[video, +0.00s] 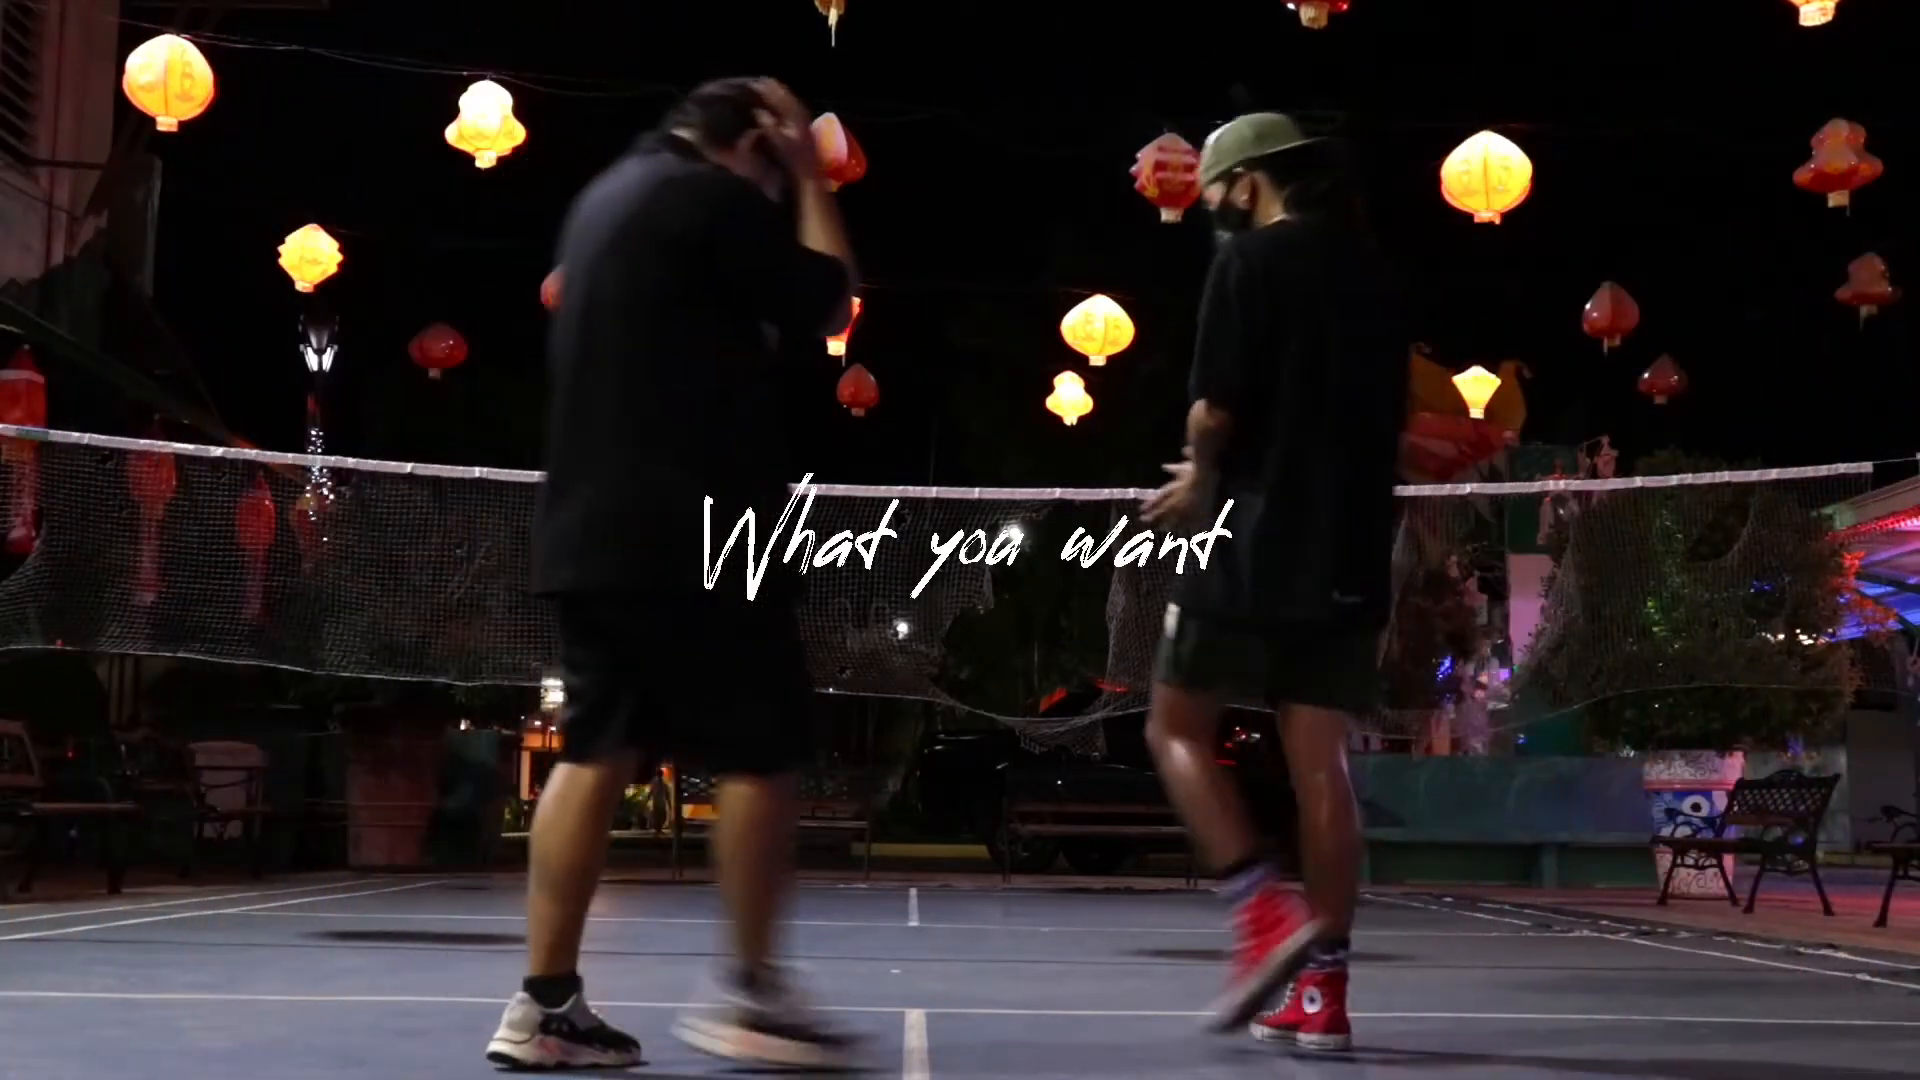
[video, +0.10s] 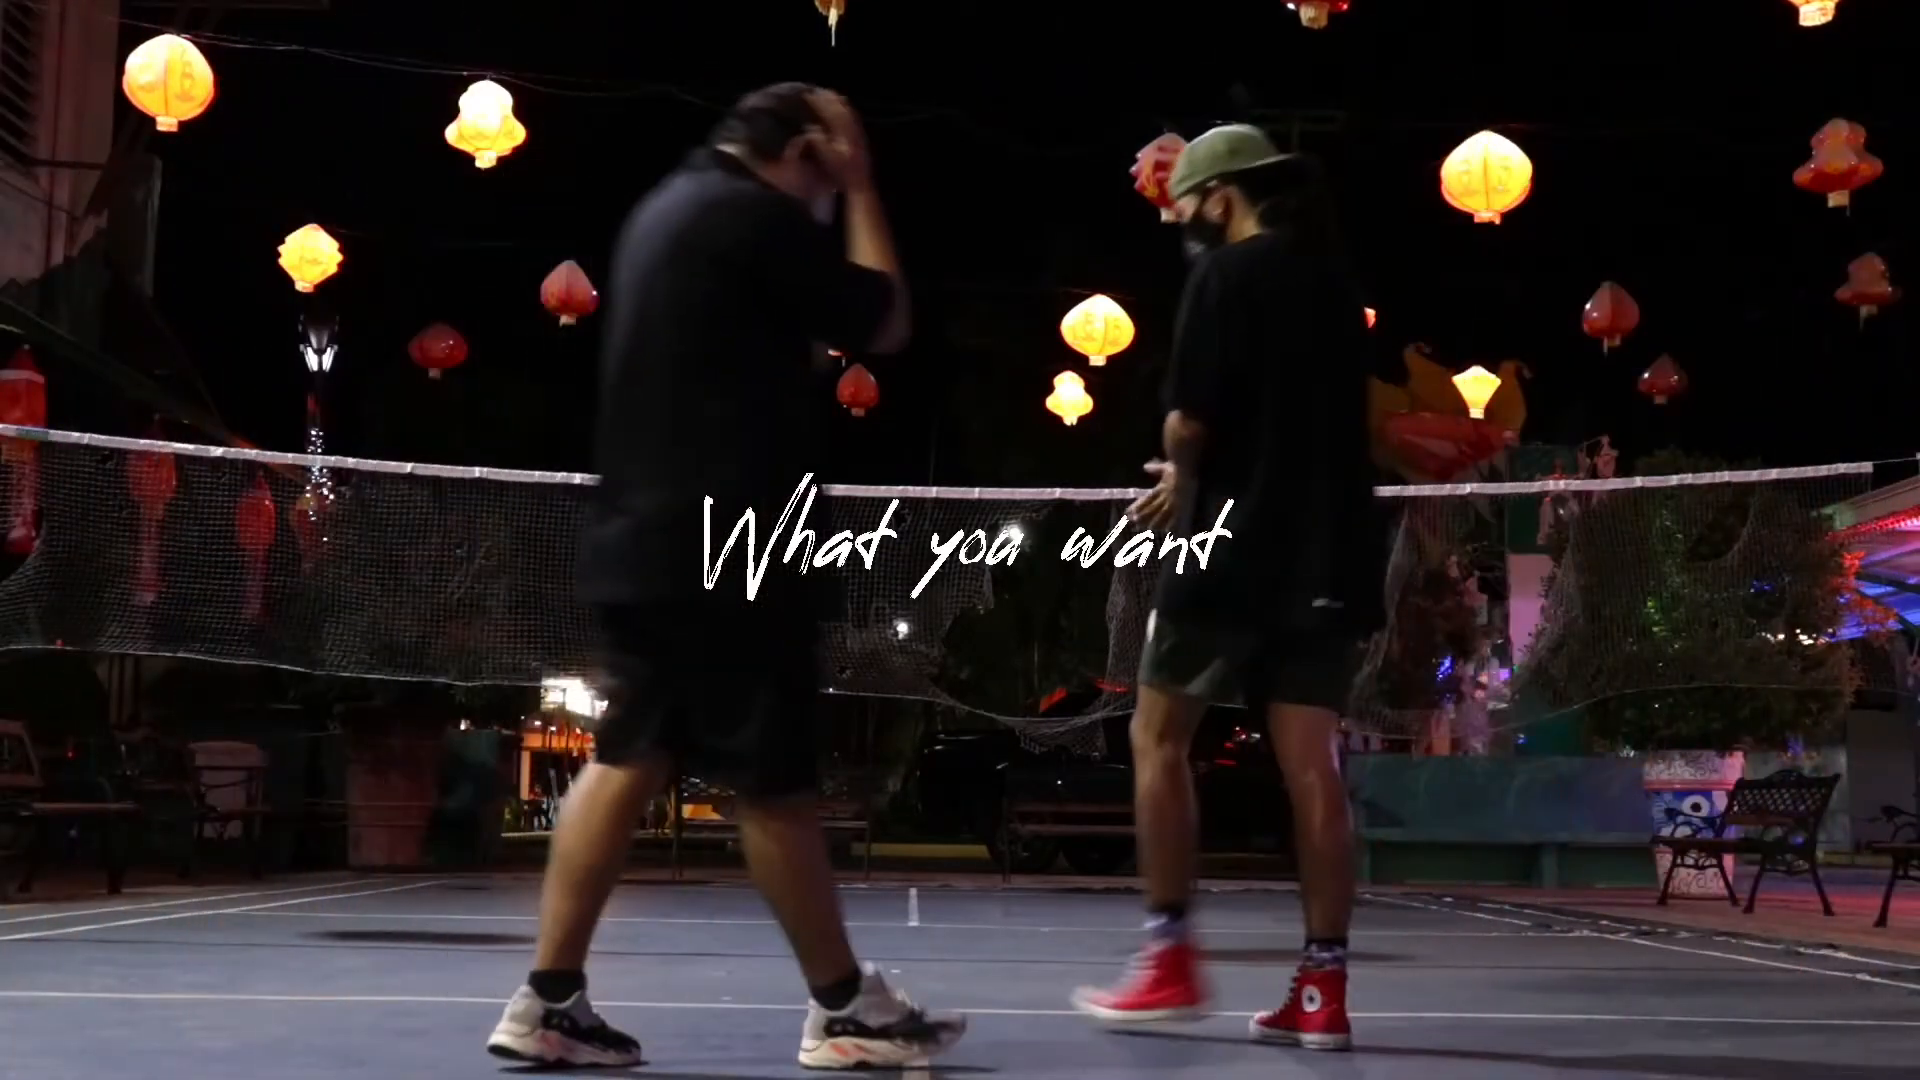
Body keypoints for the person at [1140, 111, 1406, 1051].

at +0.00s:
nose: (1221, 212)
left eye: (1222, 196)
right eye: (1219, 197)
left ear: (1253, 185)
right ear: (1308, 181)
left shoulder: (1247, 259)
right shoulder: (1370, 268)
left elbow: (1215, 410)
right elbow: (1367, 424)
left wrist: (1200, 475)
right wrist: (1206, 481)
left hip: (1254, 544)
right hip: (1348, 553)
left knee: (1177, 730)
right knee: (1322, 760)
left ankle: (1260, 902)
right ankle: (1321, 987)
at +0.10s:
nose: (1192, 225)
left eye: (1194, 209)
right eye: (1189, 211)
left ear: (1227, 197)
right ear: (1272, 195)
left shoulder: (1223, 275)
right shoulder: (1332, 281)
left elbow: (1187, 422)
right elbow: (1327, 423)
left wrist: (1177, 486)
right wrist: (1187, 475)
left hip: (1230, 551)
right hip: (1331, 551)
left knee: (1158, 735)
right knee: (1311, 758)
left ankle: (1168, 961)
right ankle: (1325, 987)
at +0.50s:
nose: (1062, 254)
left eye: (1068, 240)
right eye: (1063, 240)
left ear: (1101, 239)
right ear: (1144, 238)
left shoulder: (1098, 325)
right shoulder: (1207, 323)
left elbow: (1057, 449)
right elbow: (1227, 448)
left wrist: (1073, 512)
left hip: (1105, 570)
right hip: (1200, 566)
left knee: (1089, 766)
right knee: (1195, 762)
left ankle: (1095, 972)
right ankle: (1278, 907)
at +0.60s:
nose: (1048, 258)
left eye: (1053, 243)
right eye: (1050, 244)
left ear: (1080, 243)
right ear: (1133, 241)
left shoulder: (1077, 324)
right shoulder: (1186, 324)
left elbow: (1048, 452)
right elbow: (1203, 449)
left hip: (1077, 571)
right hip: (1166, 566)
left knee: (1079, 766)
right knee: (1160, 760)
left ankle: (1095, 965)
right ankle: (1239, 877)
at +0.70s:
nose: (1041, 220)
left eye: (1048, 205)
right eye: (1048, 205)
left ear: (1061, 220)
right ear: (1103, 223)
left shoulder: (1055, 290)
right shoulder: (1127, 295)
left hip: (1069, 538)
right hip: (1125, 537)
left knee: (1074, 750)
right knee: (1097, 742)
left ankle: (1084, 955)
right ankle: (1166, 885)